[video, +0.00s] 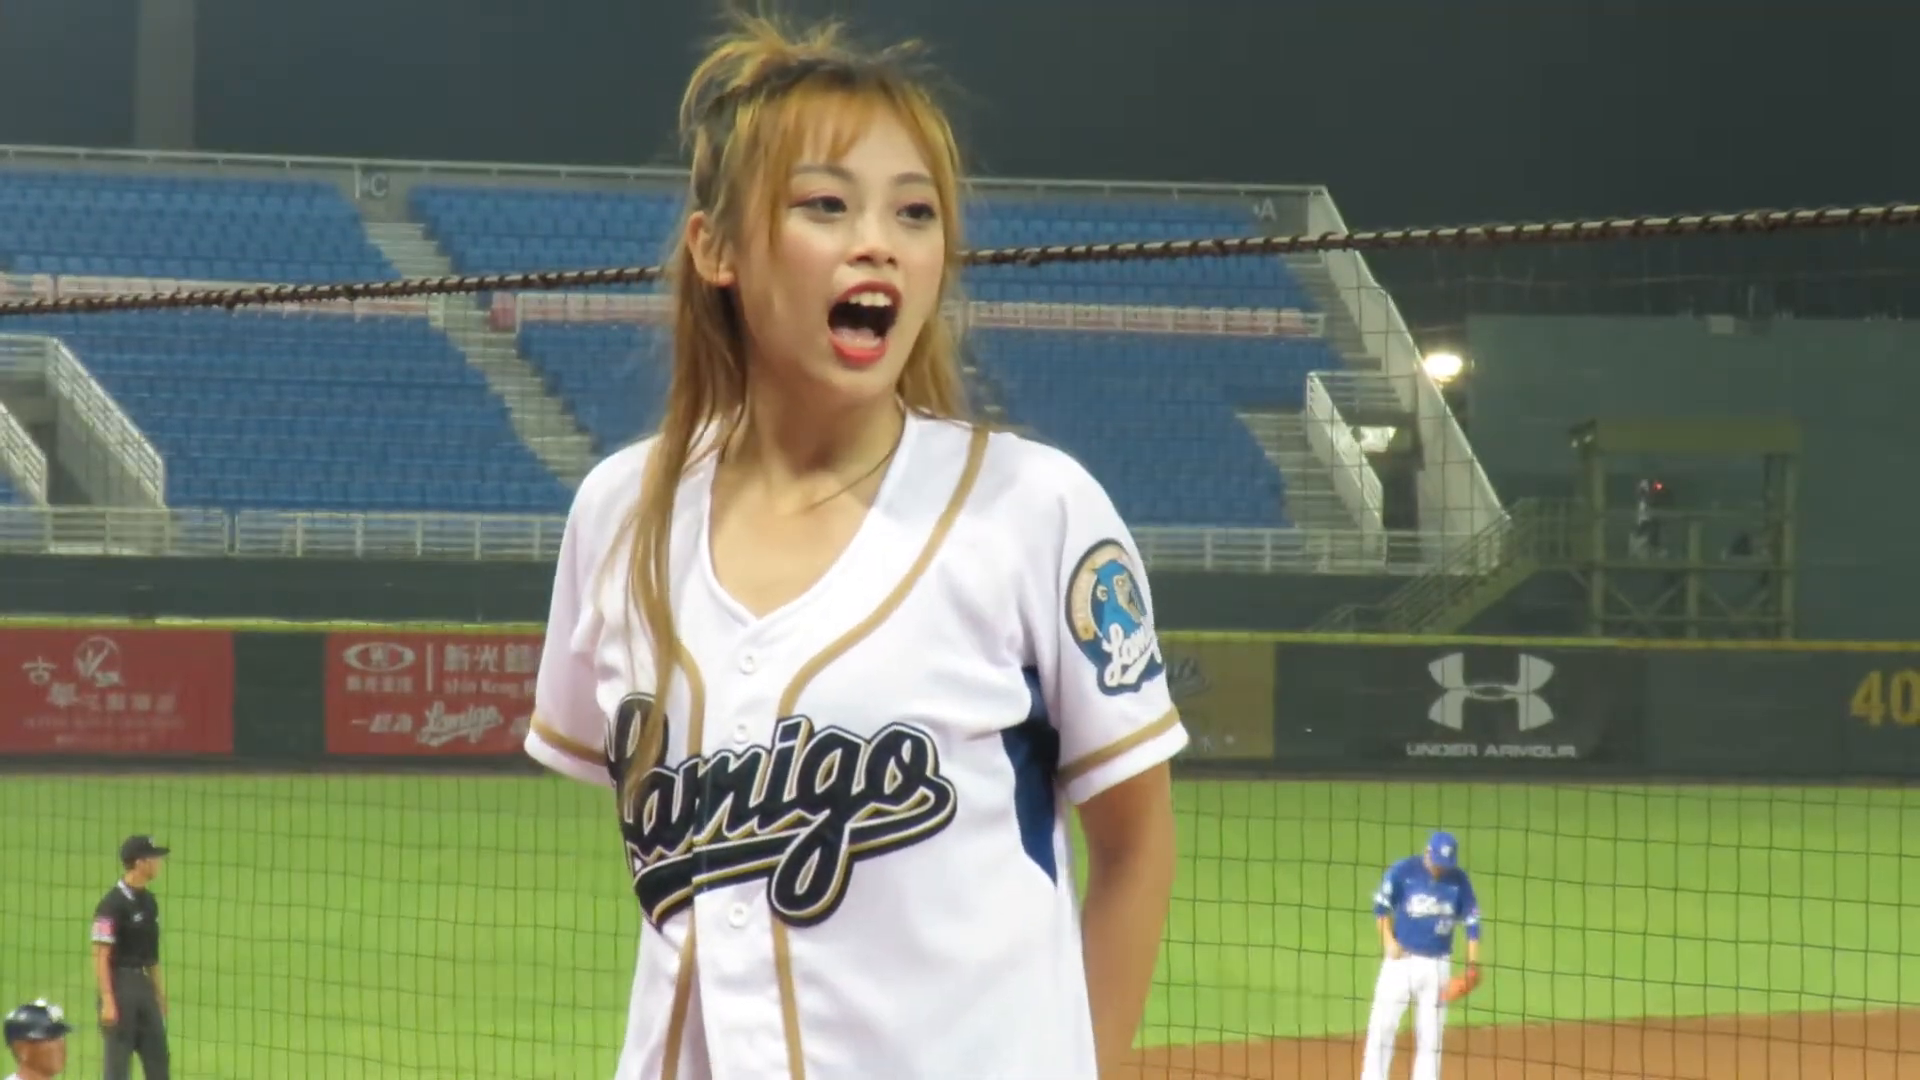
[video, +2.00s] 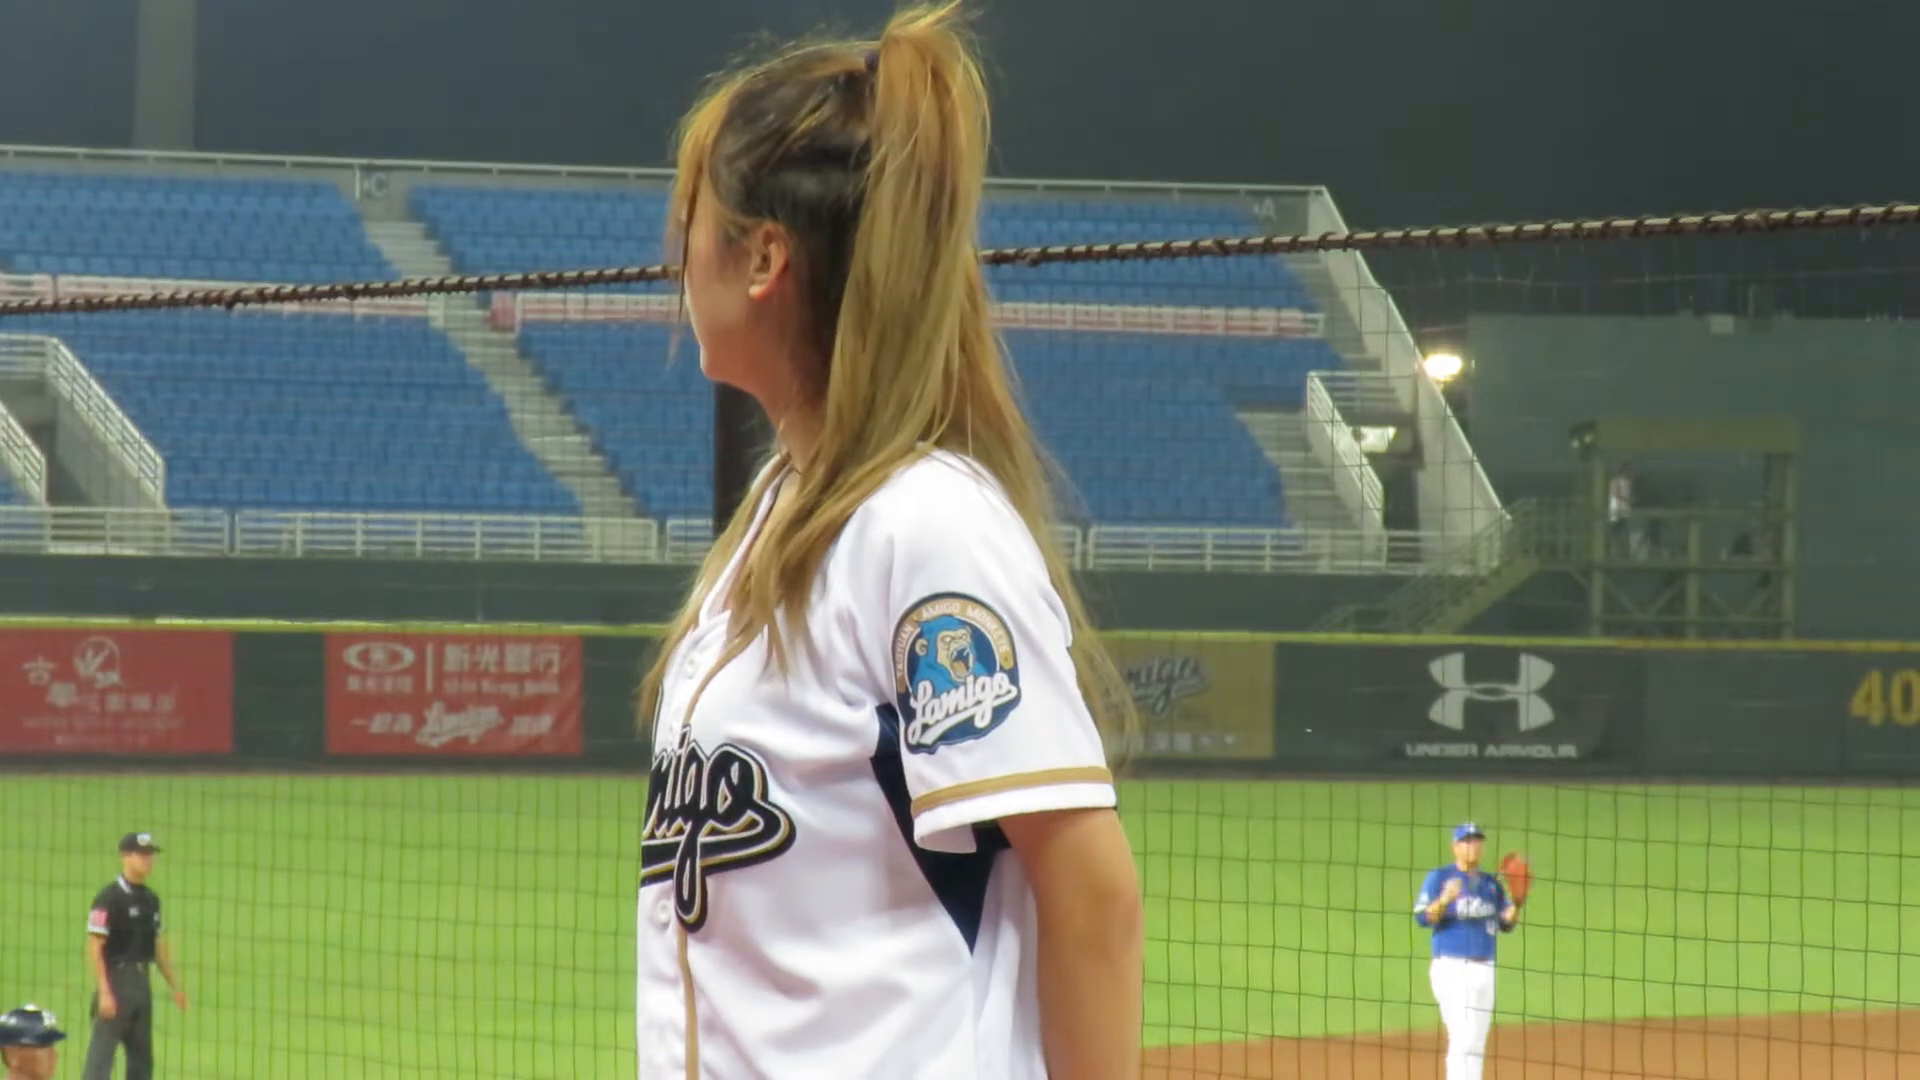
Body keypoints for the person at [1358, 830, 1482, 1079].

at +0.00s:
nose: (1439, 869)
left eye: (1445, 866)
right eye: (1435, 864)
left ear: (1452, 861)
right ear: (1426, 854)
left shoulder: (1459, 880)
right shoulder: (1403, 871)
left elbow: (1472, 922)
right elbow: (1382, 906)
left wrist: (1471, 965)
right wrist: (1389, 941)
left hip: (1436, 965)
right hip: (1399, 961)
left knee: (1430, 1038)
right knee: (1380, 1032)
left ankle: (1426, 1077)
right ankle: (1373, 1076)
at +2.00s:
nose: (1472, 848)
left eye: (1477, 842)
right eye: (1466, 842)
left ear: (1482, 846)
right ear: (1455, 847)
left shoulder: (1490, 882)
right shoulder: (1439, 878)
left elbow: (1505, 924)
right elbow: (1423, 918)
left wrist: (1517, 902)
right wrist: (1445, 899)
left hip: (1483, 966)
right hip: (1450, 964)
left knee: (1477, 1040)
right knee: (1462, 1038)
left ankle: (1472, 1077)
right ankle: (1457, 1076)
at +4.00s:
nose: (1470, 855)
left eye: (1470, 849)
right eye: (1466, 848)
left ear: (1460, 849)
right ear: (1450, 846)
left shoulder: (1463, 882)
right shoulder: (1420, 863)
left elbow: (1473, 928)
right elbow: (1393, 898)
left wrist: (1482, 966)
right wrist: (1396, 942)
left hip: (1452, 963)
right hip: (1419, 959)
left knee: (1447, 1035)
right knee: (1423, 1028)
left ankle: (1443, 1077)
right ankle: (1408, 1076)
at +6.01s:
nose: (1448, 842)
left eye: (1451, 837)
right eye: (1442, 837)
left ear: (1454, 840)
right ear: (1430, 839)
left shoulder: (1458, 875)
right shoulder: (1412, 869)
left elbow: (1461, 924)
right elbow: (1395, 908)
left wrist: (1467, 965)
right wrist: (1411, 947)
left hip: (1447, 960)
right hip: (1415, 957)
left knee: (1436, 1032)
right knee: (1414, 1028)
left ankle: (1429, 1076)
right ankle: (1405, 1076)